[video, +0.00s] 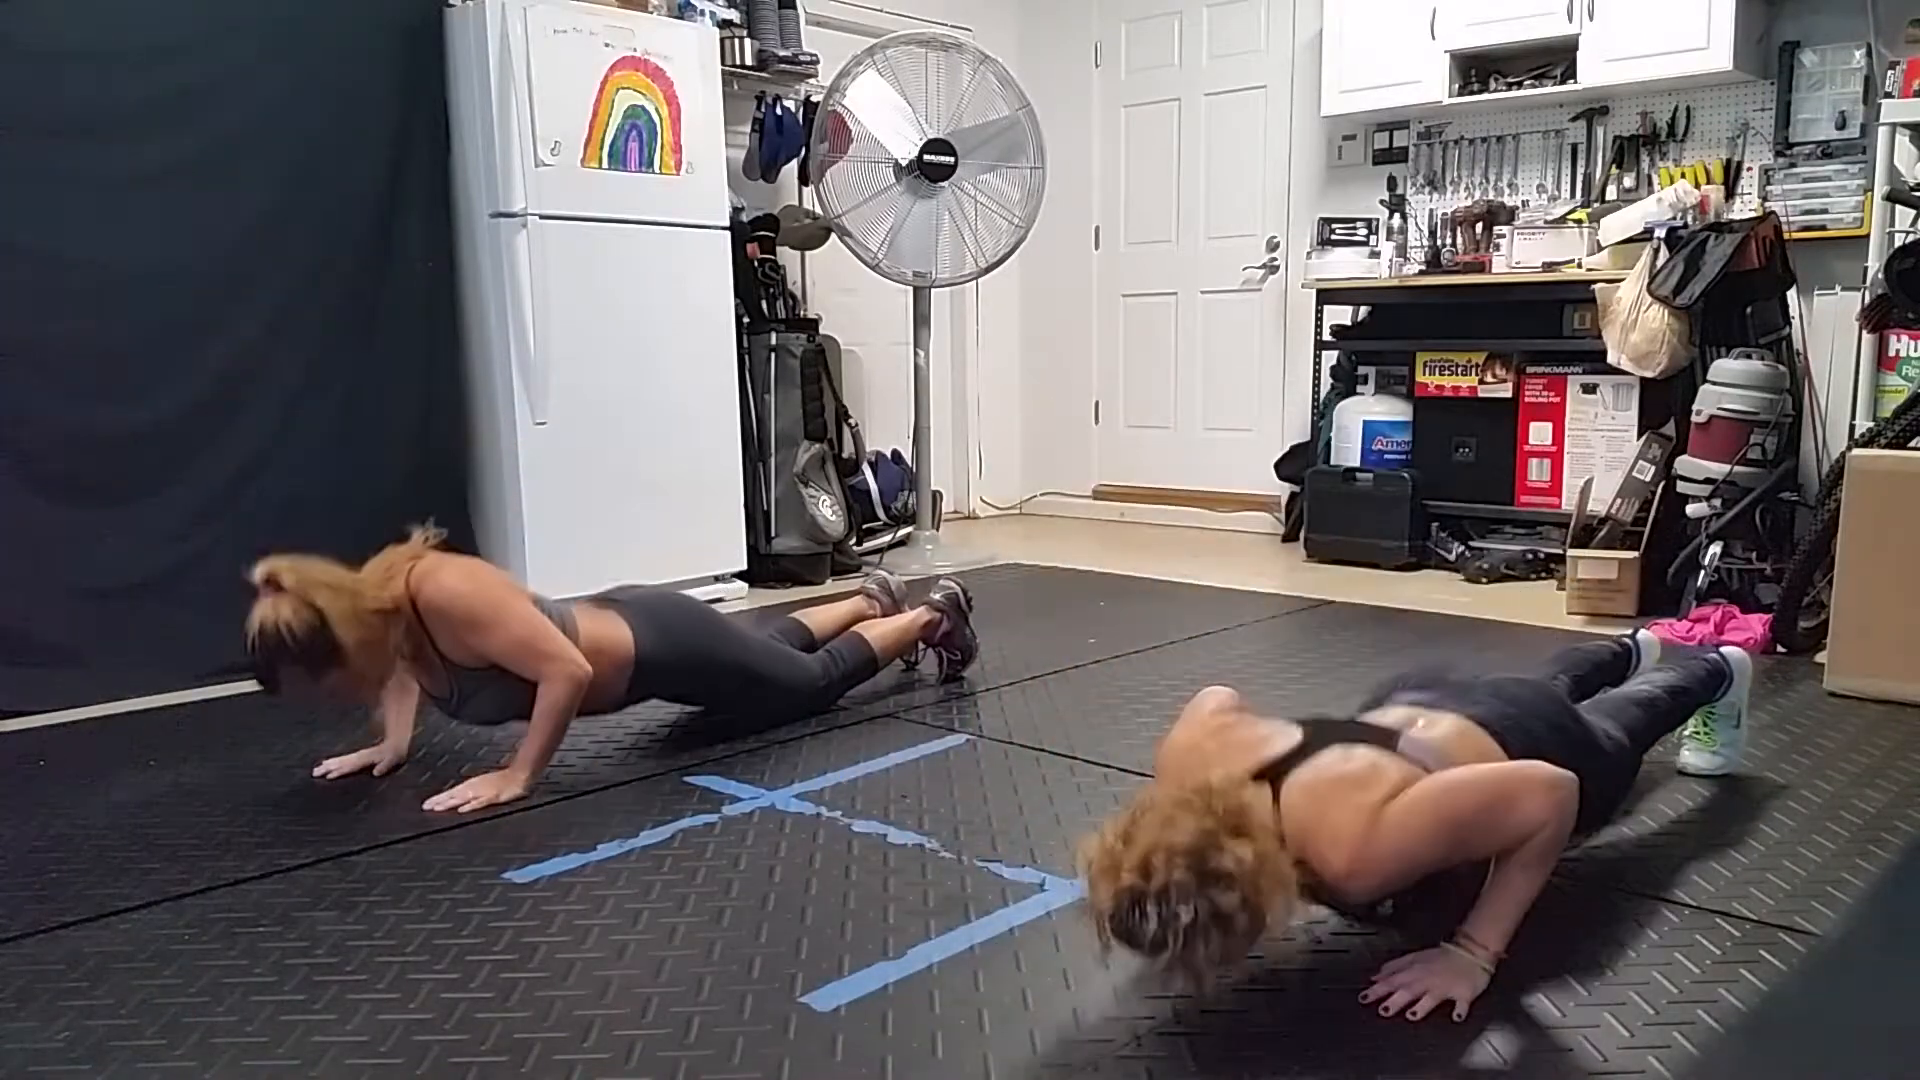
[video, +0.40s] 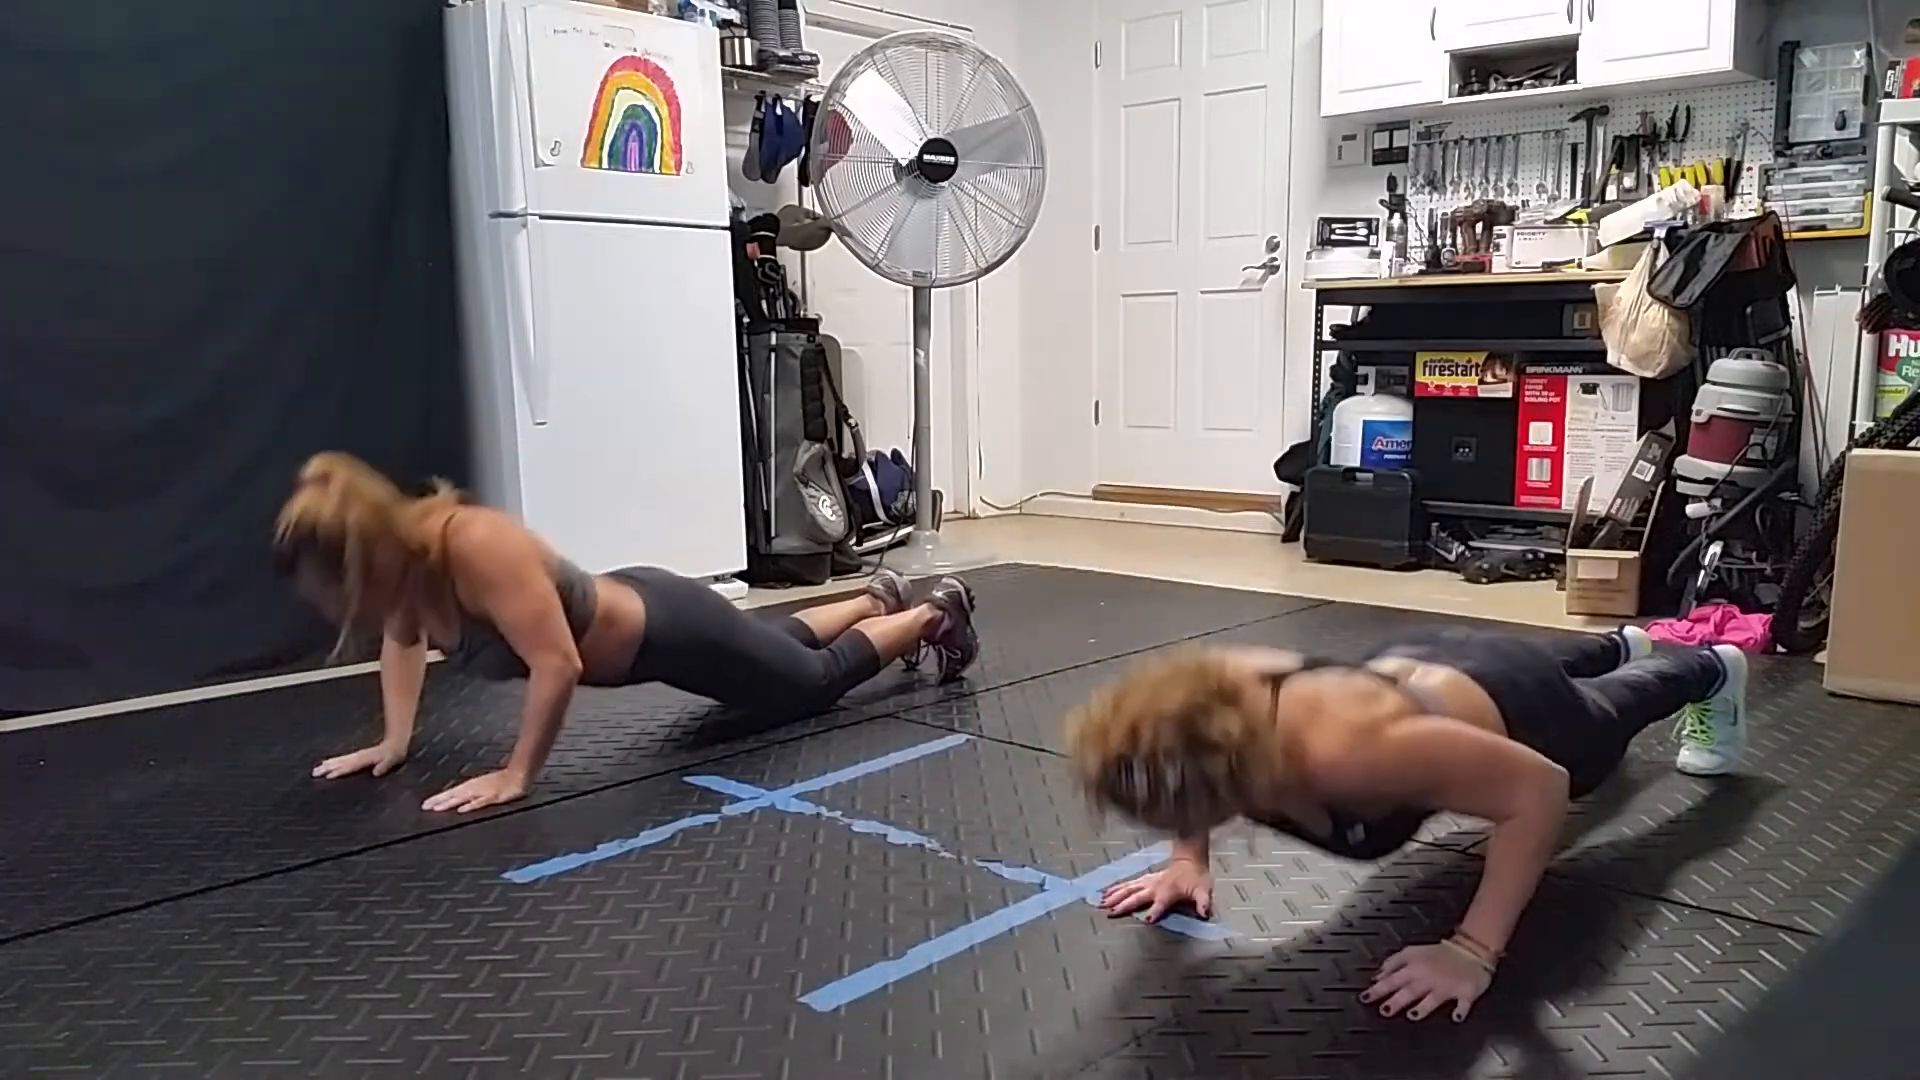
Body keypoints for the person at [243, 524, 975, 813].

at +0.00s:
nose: (330, 697)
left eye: (322, 684)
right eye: (315, 692)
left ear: (337, 645)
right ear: (334, 635)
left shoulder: (447, 593)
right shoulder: (386, 607)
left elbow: (564, 670)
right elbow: (399, 673)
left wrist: (515, 775)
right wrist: (389, 742)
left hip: (666, 646)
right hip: (631, 625)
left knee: (819, 677)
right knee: (764, 640)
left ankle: (927, 618)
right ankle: (869, 595)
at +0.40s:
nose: (338, 611)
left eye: (333, 592)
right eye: (325, 599)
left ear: (361, 554)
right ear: (356, 550)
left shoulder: (478, 543)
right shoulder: (406, 555)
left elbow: (555, 666)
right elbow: (402, 644)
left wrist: (516, 775)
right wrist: (392, 743)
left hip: (673, 629)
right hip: (640, 608)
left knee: (818, 677)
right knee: (772, 639)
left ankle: (933, 616)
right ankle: (874, 598)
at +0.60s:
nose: (375, 507)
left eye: (378, 491)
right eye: (367, 494)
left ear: (426, 466)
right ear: (415, 466)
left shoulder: (523, 510)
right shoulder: (438, 510)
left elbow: (541, 658)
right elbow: (412, 619)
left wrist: (519, 772)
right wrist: (387, 731)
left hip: (695, 618)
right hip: (663, 599)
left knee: (826, 671)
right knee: (775, 645)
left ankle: (934, 619)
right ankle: (874, 595)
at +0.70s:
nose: (397, 475)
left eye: (405, 459)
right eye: (389, 461)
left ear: (457, 439)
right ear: (433, 440)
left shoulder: (528, 512)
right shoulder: (457, 485)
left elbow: (540, 654)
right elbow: (392, 580)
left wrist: (518, 772)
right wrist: (332, 681)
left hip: (706, 608)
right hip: (667, 578)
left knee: (832, 677)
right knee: (771, 641)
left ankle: (932, 622)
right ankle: (868, 600)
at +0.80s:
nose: (404, 451)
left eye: (417, 435)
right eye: (402, 435)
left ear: (477, 428)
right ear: (445, 423)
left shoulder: (534, 513)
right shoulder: (458, 461)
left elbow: (538, 651)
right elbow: (338, 510)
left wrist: (520, 772)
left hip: (714, 607)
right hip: (679, 563)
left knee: (833, 676)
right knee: (785, 615)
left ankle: (936, 623)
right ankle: (881, 595)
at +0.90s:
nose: (412, 429)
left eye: (429, 414)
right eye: (410, 410)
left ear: (491, 417)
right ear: (445, 413)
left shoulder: (538, 508)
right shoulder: (455, 446)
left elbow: (537, 646)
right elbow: (318, 423)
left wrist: (519, 772)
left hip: (718, 604)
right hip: (679, 569)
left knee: (834, 679)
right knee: (788, 627)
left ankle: (935, 622)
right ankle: (887, 595)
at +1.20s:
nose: (413, 429)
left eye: (429, 414)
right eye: (411, 412)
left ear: (493, 416)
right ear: (443, 412)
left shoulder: (537, 510)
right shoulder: (456, 450)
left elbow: (535, 647)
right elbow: (321, 443)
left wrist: (518, 771)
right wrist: (188, 429)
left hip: (715, 609)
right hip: (678, 569)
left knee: (834, 677)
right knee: (784, 619)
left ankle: (930, 622)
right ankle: (878, 595)